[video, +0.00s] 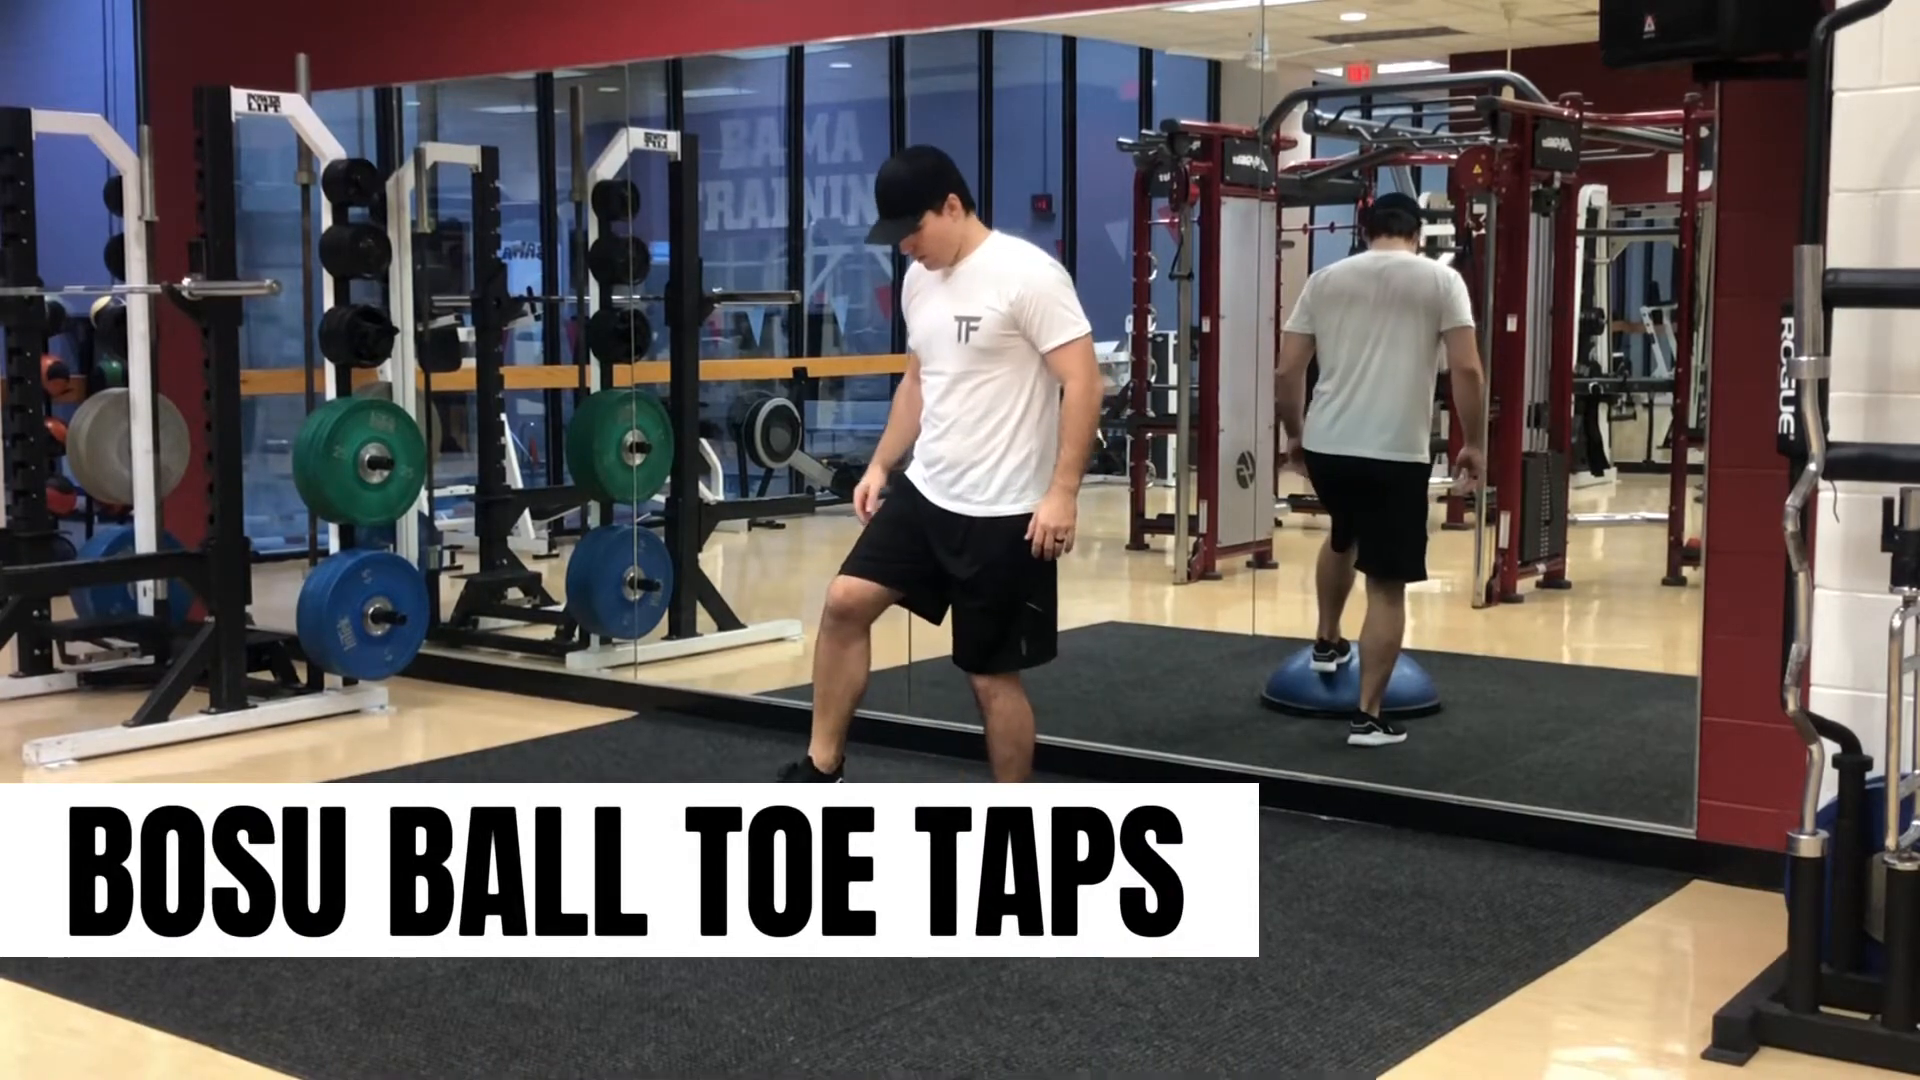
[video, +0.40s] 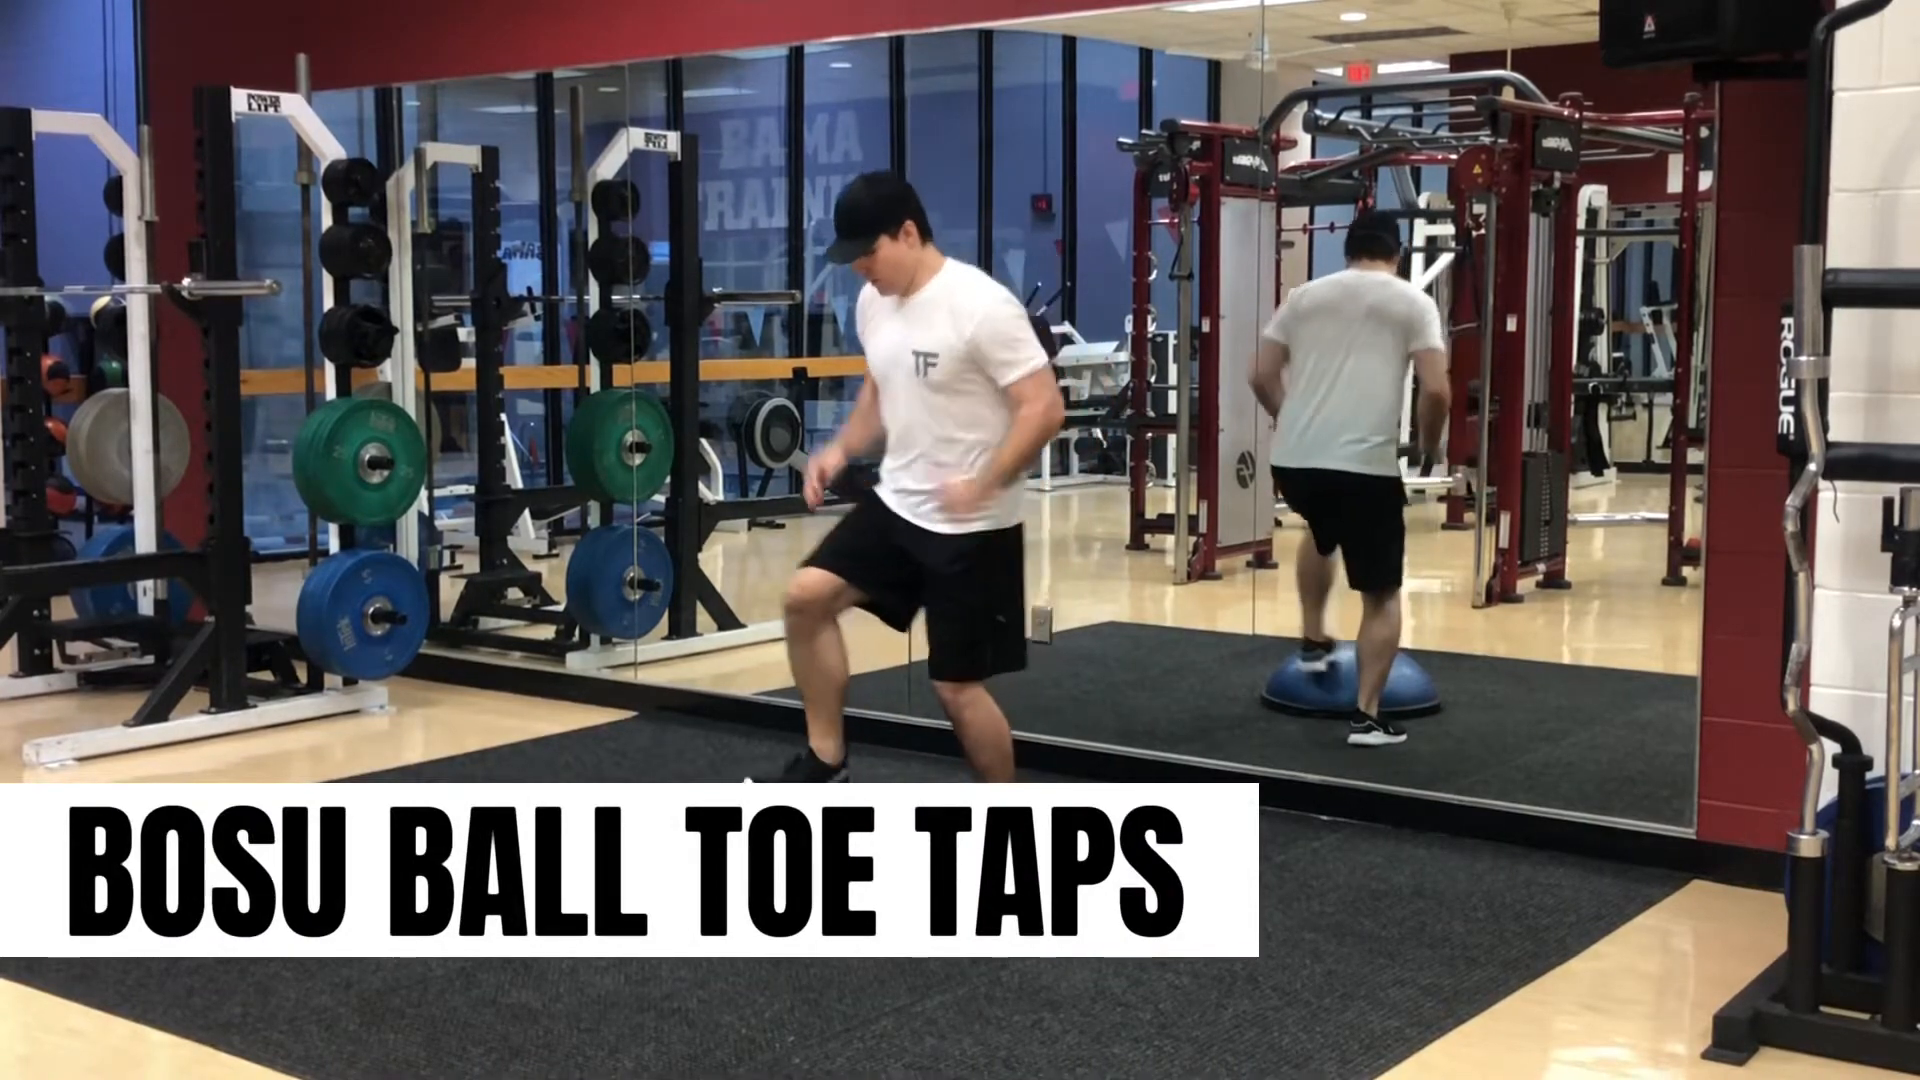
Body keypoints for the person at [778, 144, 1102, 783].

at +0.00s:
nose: (905, 248)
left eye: (911, 232)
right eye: (899, 237)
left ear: (951, 208)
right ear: (941, 212)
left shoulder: (1030, 274)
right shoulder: (919, 279)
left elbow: (1084, 381)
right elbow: (918, 380)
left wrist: (1063, 493)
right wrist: (880, 466)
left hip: (1004, 516)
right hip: (925, 496)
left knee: (992, 676)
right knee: (846, 605)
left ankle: (1013, 812)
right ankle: (821, 766)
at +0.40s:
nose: (861, 270)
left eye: (866, 254)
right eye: (855, 259)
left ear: (908, 233)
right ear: (894, 238)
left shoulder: (984, 305)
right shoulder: (872, 302)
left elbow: (1044, 407)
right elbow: (880, 394)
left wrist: (986, 481)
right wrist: (840, 448)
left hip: (974, 528)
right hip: (896, 510)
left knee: (957, 685)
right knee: (806, 596)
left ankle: (1007, 806)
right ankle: (825, 758)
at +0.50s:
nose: (847, 241)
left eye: (852, 225)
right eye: (839, 230)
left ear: (892, 203)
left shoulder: (966, 267)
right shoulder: (854, 266)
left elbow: (1056, 339)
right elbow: (865, 347)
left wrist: (987, 398)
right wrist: (810, 385)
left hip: (945, 502)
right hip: (865, 485)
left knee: (947, 659)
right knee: (778, 592)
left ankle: (997, 798)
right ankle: (812, 737)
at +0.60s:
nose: (820, 225)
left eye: (826, 209)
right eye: (814, 213)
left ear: (866, 185)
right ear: (811, 207)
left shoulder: (947, 242)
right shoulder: (822, 250)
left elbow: (1037, 308)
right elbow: (829, 324)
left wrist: (976, 371)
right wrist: (801, 376)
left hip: (925, 470)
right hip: (844, 466)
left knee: (893, 616)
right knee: (784, 611)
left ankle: (940, 762)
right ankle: (786, 749)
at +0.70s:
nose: (796, 247)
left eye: (802, 232)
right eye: (789, 236)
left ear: (841, 208)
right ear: (788, 229)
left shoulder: (922, 264)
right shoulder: (791, 277)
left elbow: (1006, 332)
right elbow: (793, 361)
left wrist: (948, 396)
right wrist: (783, 428)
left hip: (907, 476)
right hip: (826, 483)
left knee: (843, 578)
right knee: (796, 643)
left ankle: (866, 726)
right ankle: (784, 777)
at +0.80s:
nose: (772, 284)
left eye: (779, 269)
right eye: (766, 272)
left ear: (818, 246)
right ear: (769, 264)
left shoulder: (901, 304)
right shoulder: (771, 326)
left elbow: (972, 382)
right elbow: (769, 417)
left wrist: (927, 449)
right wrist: (759, 492)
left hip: (891, 506)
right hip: (809, 517)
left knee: (809, 586)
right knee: (773, 676)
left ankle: (814, 748)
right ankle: (787, 781)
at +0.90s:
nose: (770, 278)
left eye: (777, 262)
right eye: (762, 266)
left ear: (815, 240)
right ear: (760, 262)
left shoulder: (893, 297)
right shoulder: (768, 318)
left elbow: (983, 358)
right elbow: (758, 403)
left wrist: (934, 424)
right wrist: (745, 456)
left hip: (892, 503)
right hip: (811, 516)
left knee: (812, 593)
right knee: (777, 672)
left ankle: (834, 752)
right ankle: (795, 784)